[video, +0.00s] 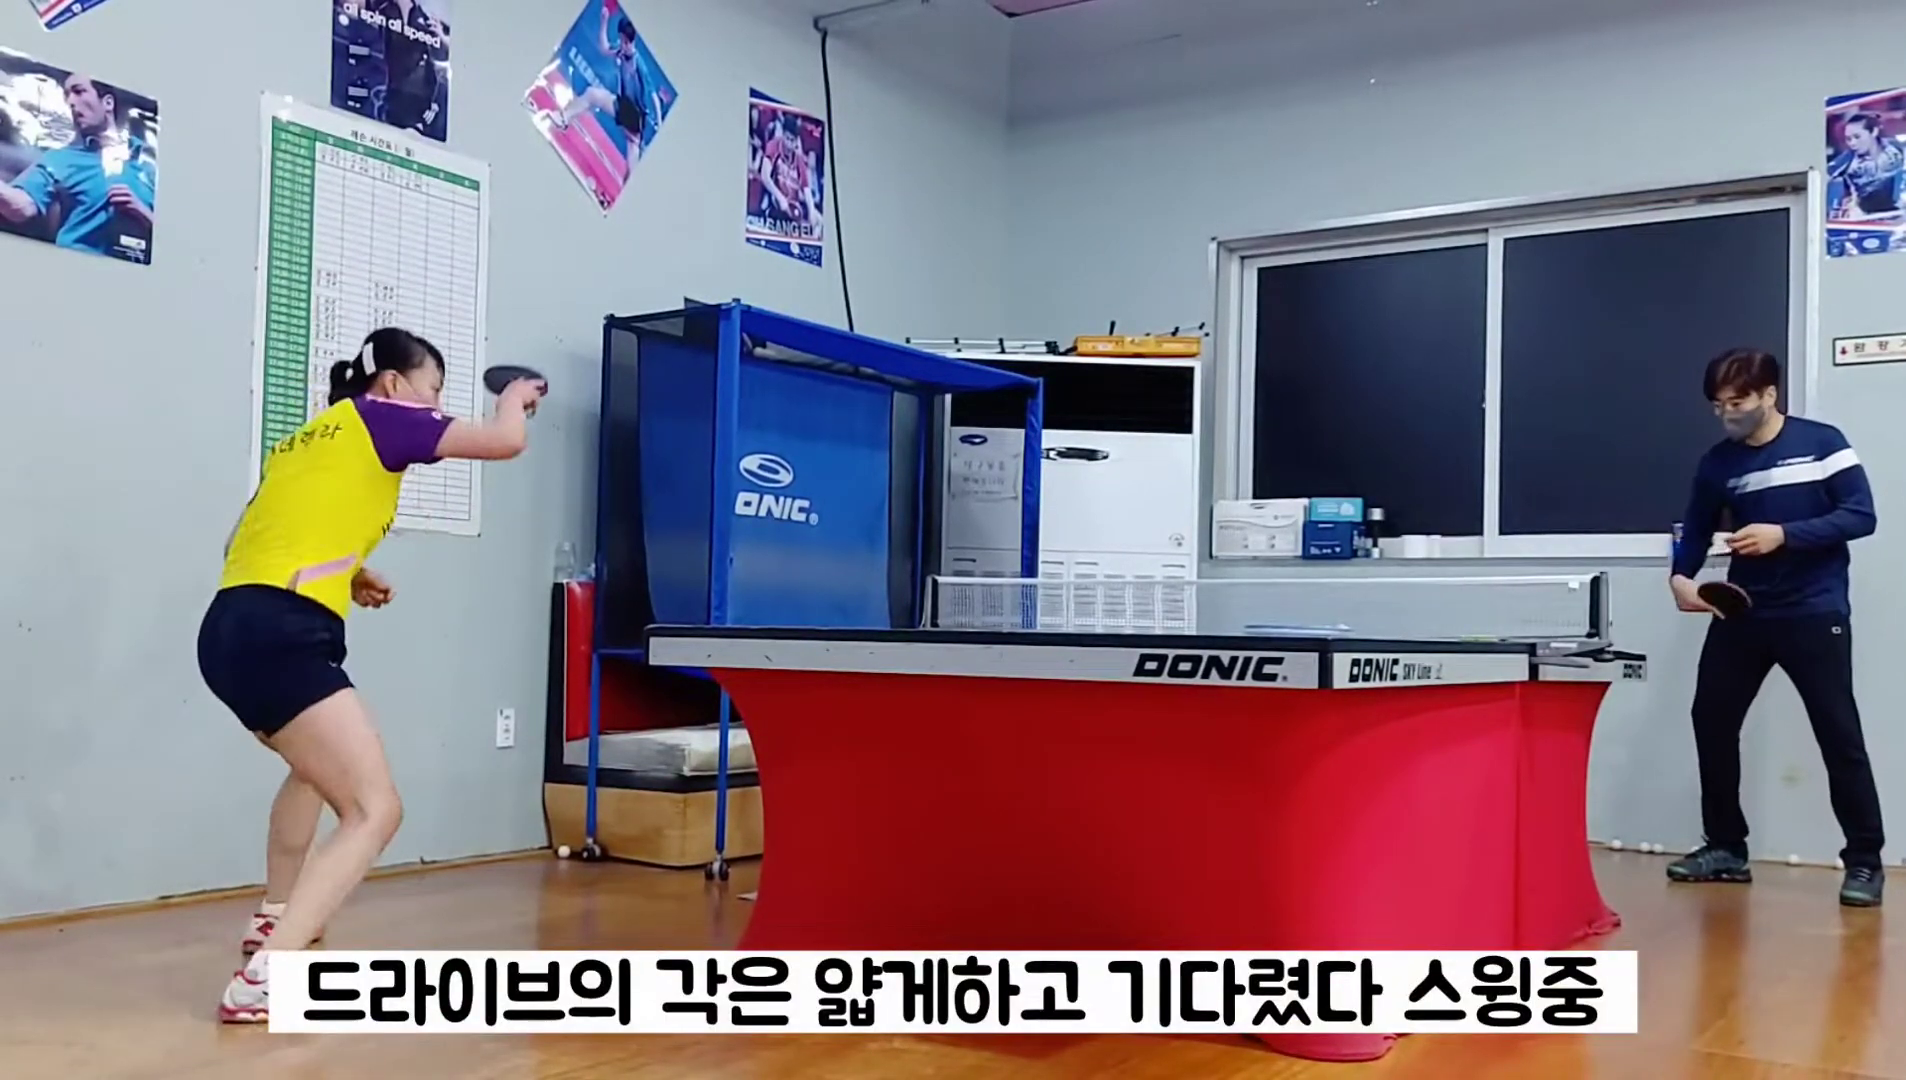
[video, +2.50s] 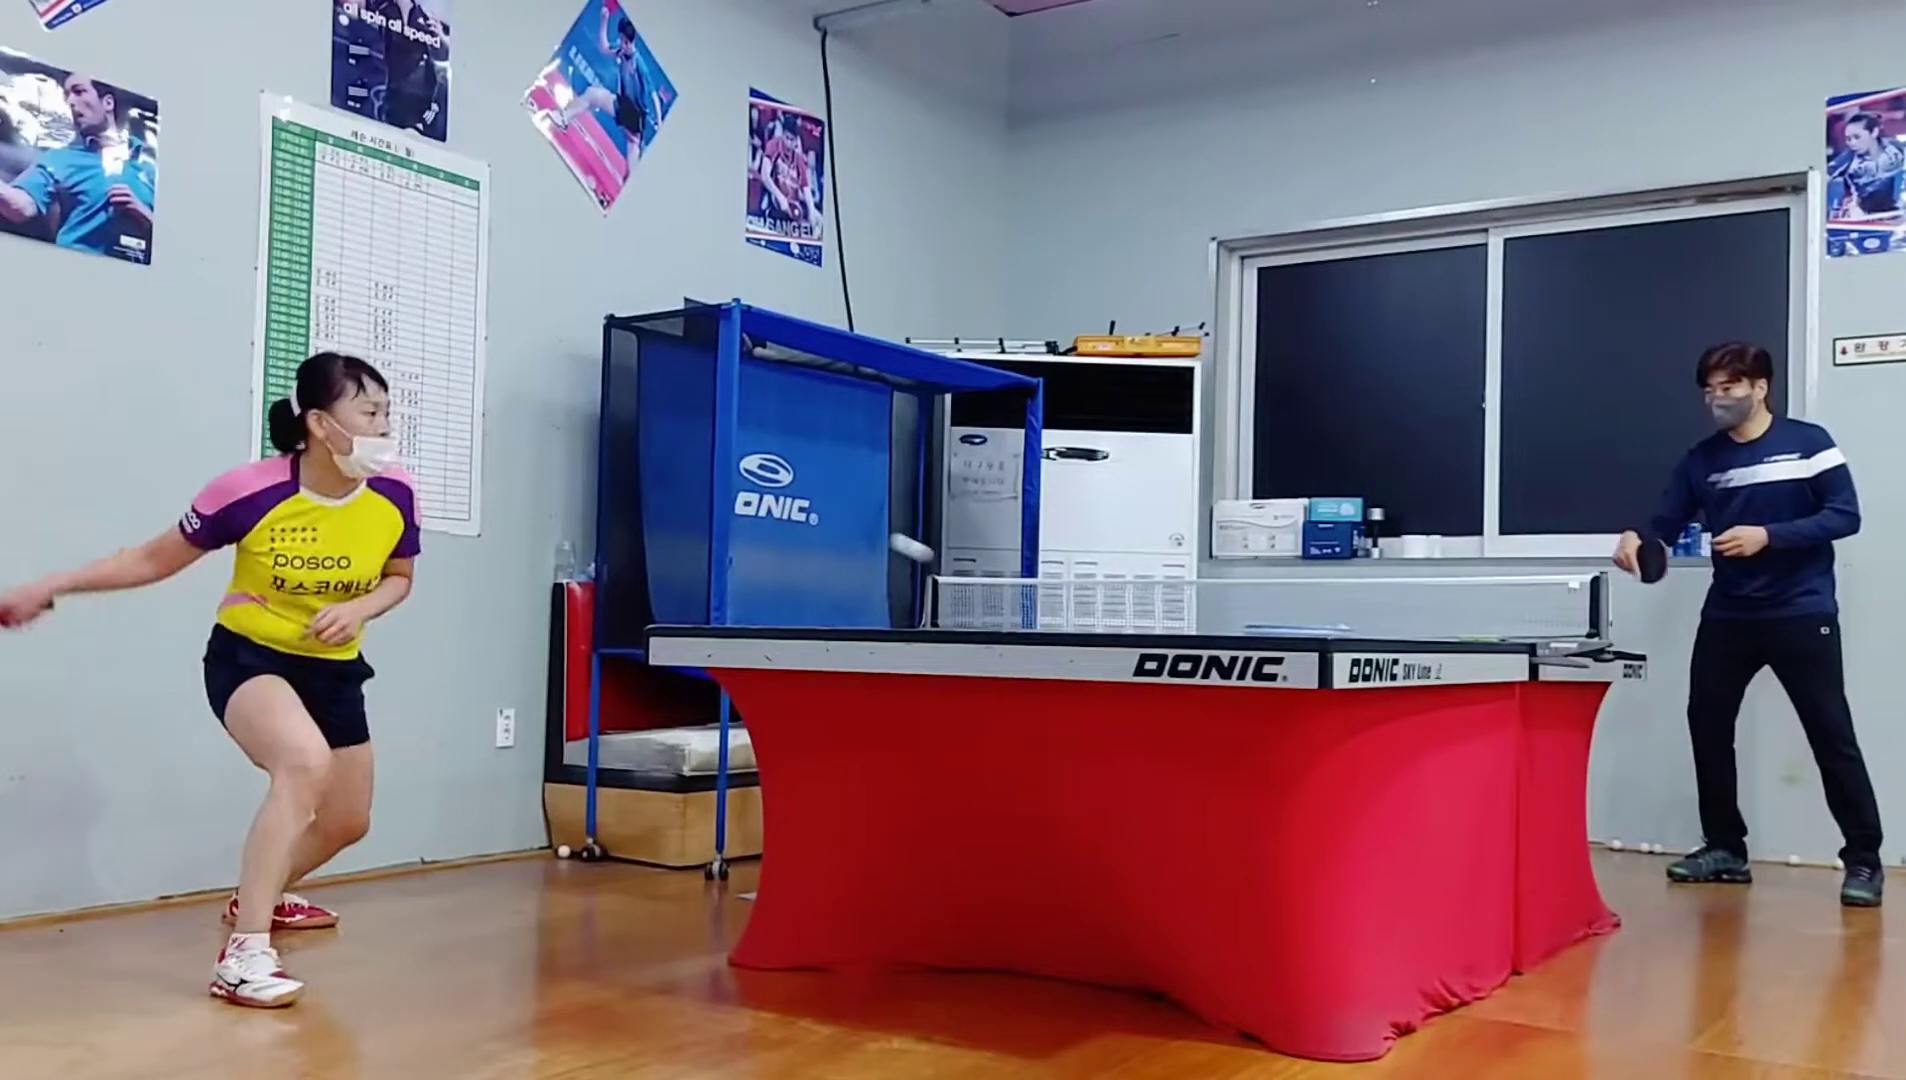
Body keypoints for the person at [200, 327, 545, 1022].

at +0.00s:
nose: (434, 406)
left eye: (437, 395)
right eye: (431, 392)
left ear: (372, 386)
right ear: (391, 381)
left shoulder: (303, 439)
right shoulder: (383, 418)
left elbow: (274, 527)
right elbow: (505, 441)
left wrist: (348, 570)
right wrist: (515, 398)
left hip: (228, 632)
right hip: (281, 632)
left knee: (310, 772)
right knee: (374, 810)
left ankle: (275, 919)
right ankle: (270, 976)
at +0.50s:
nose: (395, 416)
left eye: (397, 401)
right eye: (380, 402)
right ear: (330, 416)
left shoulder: (409, 485)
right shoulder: (260, 485)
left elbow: (420, 574)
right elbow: (173, 557)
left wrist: (386, 591)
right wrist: (72, 585)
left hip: (348, 668)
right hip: (263, 652)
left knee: (363, 837)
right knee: (339, 761)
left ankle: (258, 905)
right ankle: (280, 962)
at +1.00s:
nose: (396, 393)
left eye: (398, 382)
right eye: (390, 379)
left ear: (326, 376)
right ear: (351, 371)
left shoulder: (257, 441)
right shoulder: (351, 406)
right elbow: (474, 416)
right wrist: (481, 386)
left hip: (214, 628)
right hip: (270, 625)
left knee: (303, 770)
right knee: (353, 806)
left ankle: (260, 911)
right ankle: (251, 970)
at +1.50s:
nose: (383, 407)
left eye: (384, 392)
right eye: (368, 393)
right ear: (318, 405)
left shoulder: (391, 479)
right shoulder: (247, 472)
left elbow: (399, 569)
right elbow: (156, 543)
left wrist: (366, 592)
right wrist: (55, 566)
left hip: (333, 661)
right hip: (250, 647)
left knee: (350, 829)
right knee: (315, 762)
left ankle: (249, 894)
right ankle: (260, 960)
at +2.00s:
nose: (415, 420)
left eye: (419, 410)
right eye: (411, 406)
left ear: (359, 402)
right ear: (370, 397)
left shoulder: (305, 444)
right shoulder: (361, 431)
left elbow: (277, 526)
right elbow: (477, 443)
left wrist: (331, 579)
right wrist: (496, 405)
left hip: (237, 624)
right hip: (253, 625)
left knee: (333, 748)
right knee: (314, 791)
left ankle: (274, 891)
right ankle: (231, 952)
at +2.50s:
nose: (382, 423)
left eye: (385, 410)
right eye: (366, 411)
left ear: (389, 416)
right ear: (318, 425)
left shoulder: (396, 493)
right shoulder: (250, 492)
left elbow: (399, 579)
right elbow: (153, 560)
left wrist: (359, 610)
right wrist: (50, 587)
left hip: (333, 671)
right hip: (249, 656)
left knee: (346, 821)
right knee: (303, 765)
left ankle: (255, 896)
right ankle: (247, 948)